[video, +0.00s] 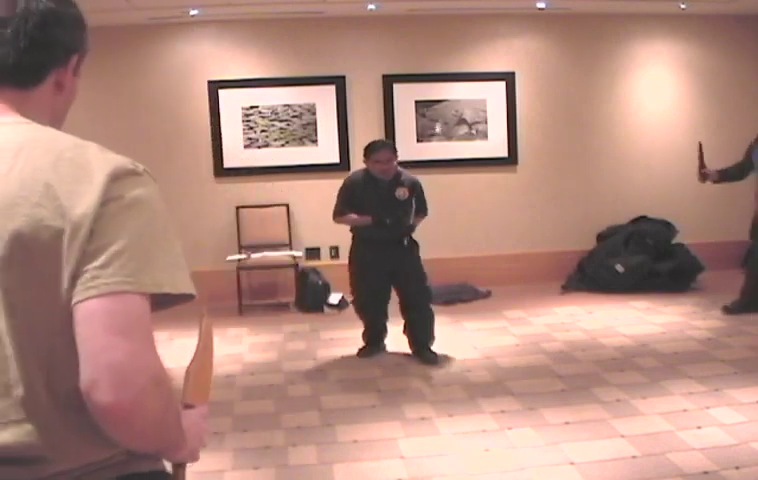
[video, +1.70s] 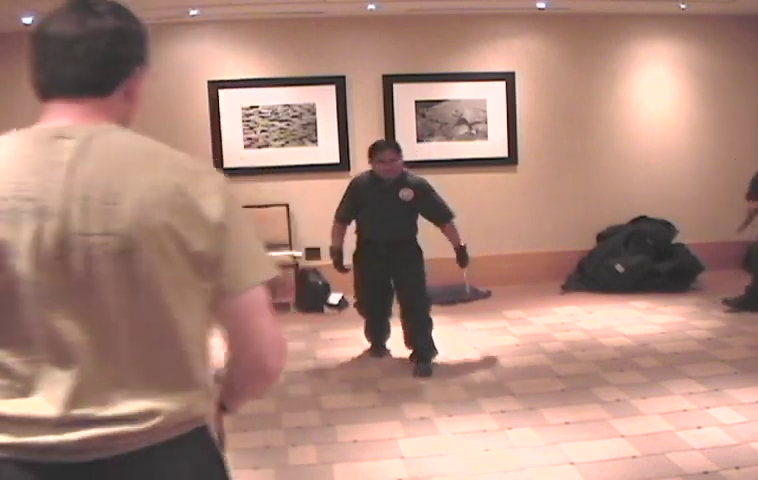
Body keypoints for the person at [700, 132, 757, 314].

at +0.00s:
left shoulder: (753, 148)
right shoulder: (754, 147)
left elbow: (742, 169)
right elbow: (743, 169)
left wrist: (714, 175)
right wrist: (714, 175)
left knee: (753, 255)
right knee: (752, 254)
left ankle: (748, 297)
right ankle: (748, 297)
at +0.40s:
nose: (741, 125)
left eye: (745, 120)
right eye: (738, 120)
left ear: (757, 120)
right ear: (737, 121)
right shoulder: (735, 146)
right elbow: (714, 174)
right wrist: (684, 178)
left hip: (755, 220)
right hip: (744, 218)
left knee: (752, 260)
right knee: (744, 260)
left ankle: (751, 299)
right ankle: (745, 299)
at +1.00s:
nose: (730, 122)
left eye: (734, 116)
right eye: (728, 117)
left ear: (750, 116)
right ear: (726, 119)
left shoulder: (755, 143)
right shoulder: (723, 146)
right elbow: (707, 176)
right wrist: (710, 194)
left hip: (753, 216)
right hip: (738, 217)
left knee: (752, 260)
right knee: (740, 260)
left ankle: (752, 300)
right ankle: (745, 299)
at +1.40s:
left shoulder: (750, 147)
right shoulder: (751, 147)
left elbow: (736, 172)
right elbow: (736, 172)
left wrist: (723, 200)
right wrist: (723, 199)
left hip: (754, 217)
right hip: (754, 216)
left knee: (750, 257)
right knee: (749, 257)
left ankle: (748, 299)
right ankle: (747, 299)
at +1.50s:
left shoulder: (754, 151)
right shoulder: (755, 150)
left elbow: (747, 170)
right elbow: (747, 170)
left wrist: (731, 196)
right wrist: (731, 196)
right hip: (757, 220)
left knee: (754, 254)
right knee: (754, 254)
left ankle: (749, 296)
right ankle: (749, 296)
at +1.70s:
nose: (750, 204)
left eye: (752, 200)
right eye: (750, 200)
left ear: (755, 200)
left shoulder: (755, 179)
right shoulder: (754, 178)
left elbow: (753, 209)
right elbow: (752, 207)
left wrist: (743, 225)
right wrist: (744, 224)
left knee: (753, 254)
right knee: (751, 254)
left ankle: (753, 295)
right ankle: (751, 292)